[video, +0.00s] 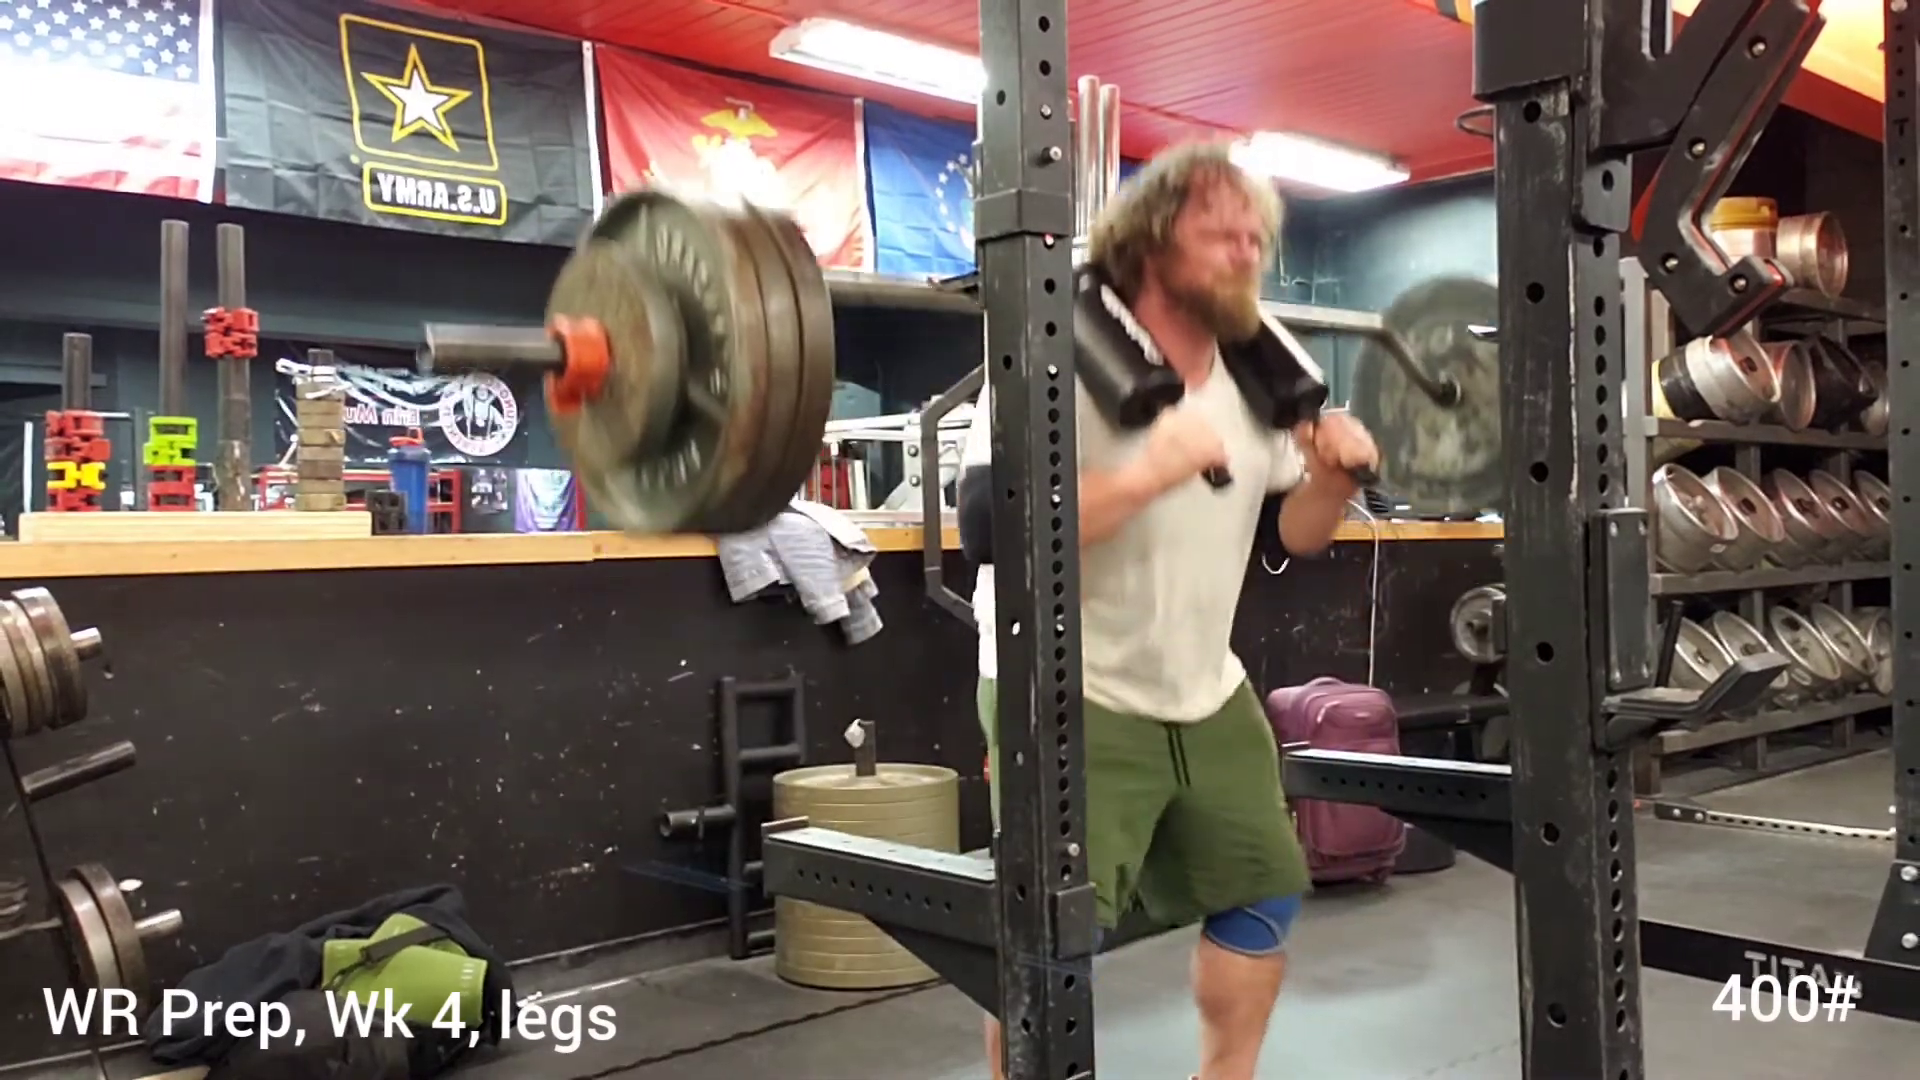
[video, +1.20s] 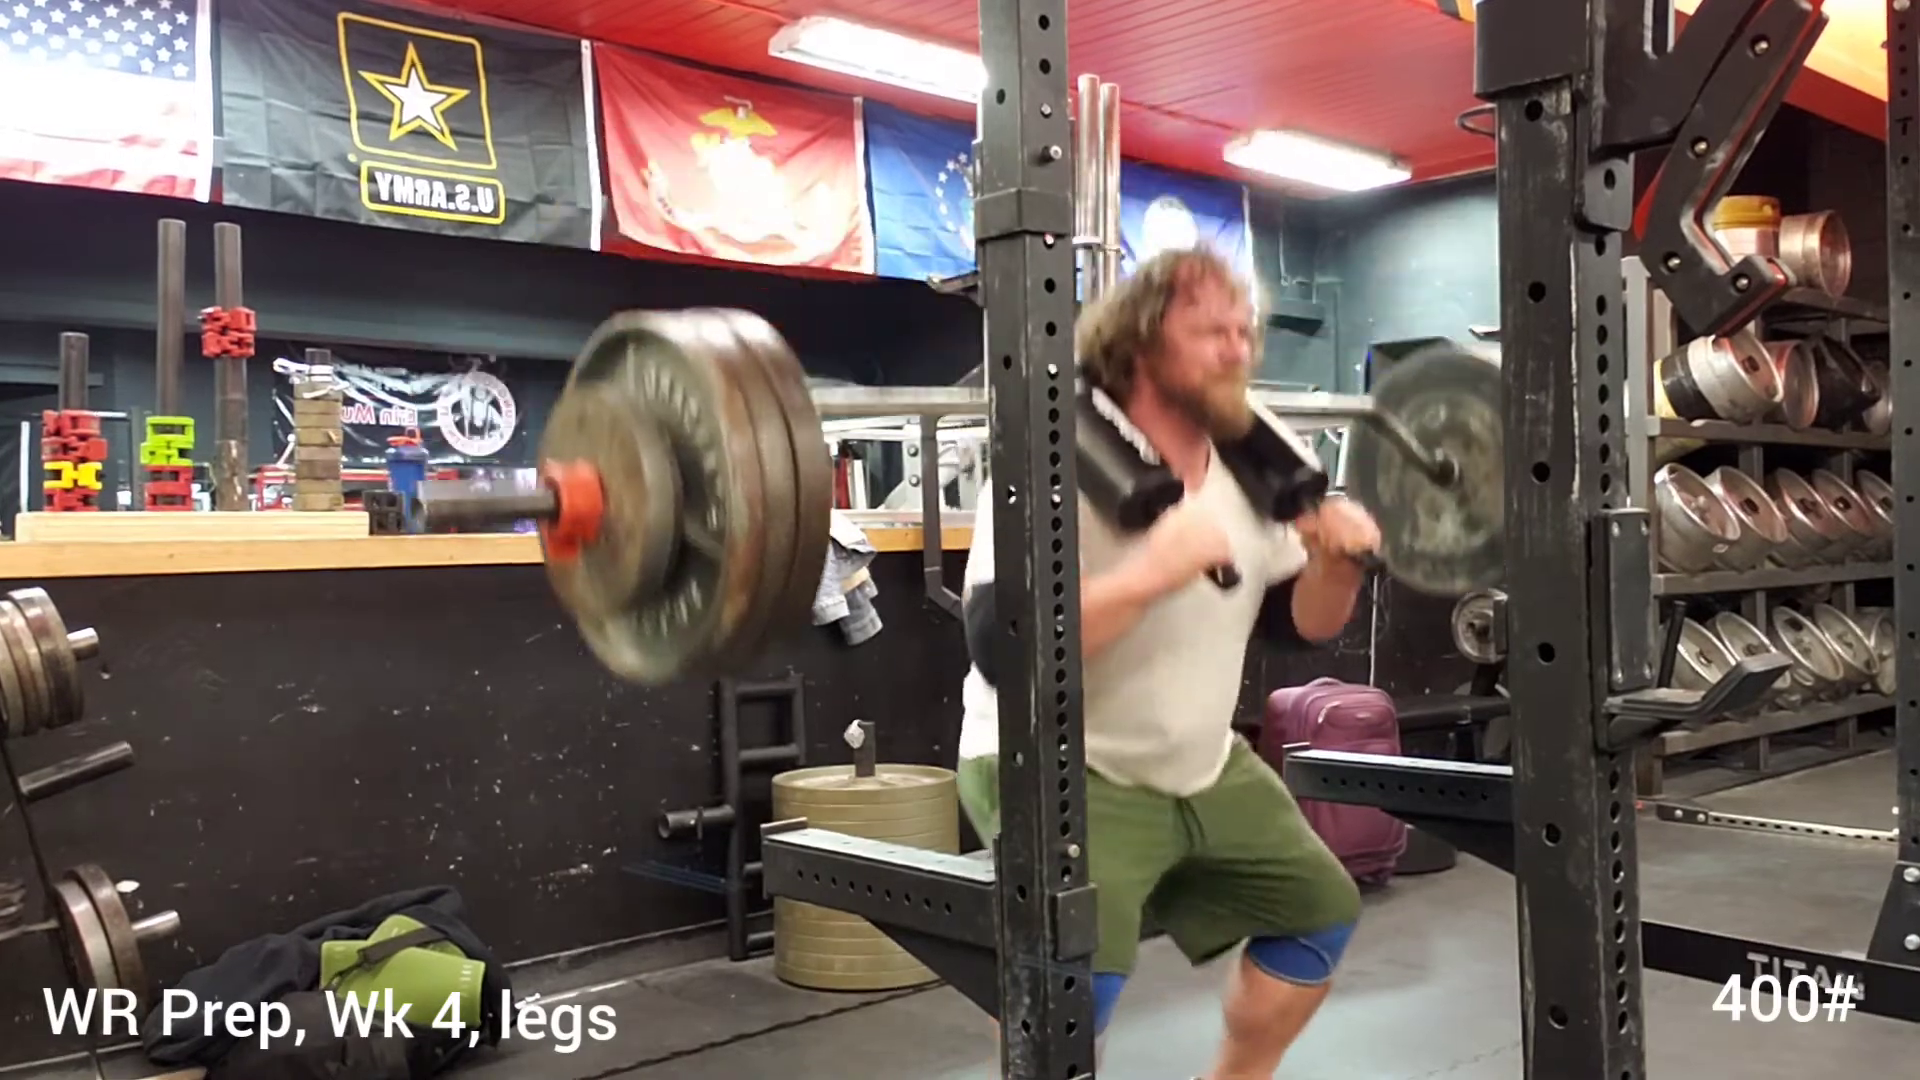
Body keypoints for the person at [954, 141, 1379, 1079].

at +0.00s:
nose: (1242, 247)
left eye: (1253, 231)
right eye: (1217, 226)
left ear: (1262, 249)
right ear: (1155, 234)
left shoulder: (1258, 358)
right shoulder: (1066, 346)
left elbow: (1300, 538)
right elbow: (1027, 526)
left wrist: (1334, 476)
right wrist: (1149, 472)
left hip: (1207, 686)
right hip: (1080, 690)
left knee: (1260, 892)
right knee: (1056, 927)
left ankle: (1227, 1072)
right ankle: (1019, 1069)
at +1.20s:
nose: (1235, 346)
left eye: (1243, 328)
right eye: (1210, 329)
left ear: (1253, 340)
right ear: (1144, 343)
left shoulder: (1252, 443)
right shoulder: (1055, 446)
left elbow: (1315, 622)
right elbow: (1009, 640)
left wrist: (1336, 557)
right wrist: (1149, 573)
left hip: (1205, 760)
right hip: (1070, 769)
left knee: (1317, 911)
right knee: (1086, 980)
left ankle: (1238, 1074)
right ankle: (1042, 1072)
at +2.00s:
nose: (1268, 622)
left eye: (1273, 599)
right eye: (1240, 601)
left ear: (1284, 597)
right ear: (1171, 611)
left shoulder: (1270, 700)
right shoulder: (1086, 714)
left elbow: (1336, 858)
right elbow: (1025, 890)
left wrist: (1367, 816)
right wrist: (1179, 849)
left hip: (1229, 949)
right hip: (1106, 960)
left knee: (1362, 932)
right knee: (1084, 1001)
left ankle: (1247, 1074)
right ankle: (1016, 1070)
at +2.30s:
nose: (1277, 550)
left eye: (1286, 529)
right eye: (1253, 529)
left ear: (1296, 527)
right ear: (1180, 535)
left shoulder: (1271, 626)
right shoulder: (1082, 632)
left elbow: (1336, 791)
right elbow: (1038, 815)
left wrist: (1362, 743)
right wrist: (1179, 774)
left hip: (1187, 853)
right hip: (1050, 866)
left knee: (1330, 911)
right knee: (1083, 962)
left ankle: (1240, 1075)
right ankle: (1019, 1071)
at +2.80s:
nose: (1254, 387)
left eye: (1259, 367)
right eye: (1229, 366)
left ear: (1267, 376)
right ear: (1160, 378)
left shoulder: (1257, 483)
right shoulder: (1065, 482)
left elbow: (1318, 655)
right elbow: (1010, 669)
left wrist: (1344, 595)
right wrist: (1156, 614)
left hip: (1192, 764)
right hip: (1052, 766)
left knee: (1310, 904)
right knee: (1061, 955)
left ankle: (1237, 1074)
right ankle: (1009, 1067)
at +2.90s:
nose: (1249, 354)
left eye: (1255, 336)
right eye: (1225, 334)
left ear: (1263, 348)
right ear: (1157, 345)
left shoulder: (1258, 457)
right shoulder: (1063, 448)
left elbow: (1315, 629)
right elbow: (1004, 630)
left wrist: (1340, 567)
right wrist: (1156, 579)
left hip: (1197, 752)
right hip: (1060, 754)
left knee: (1306, 905)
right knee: (1059, 956)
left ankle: (1235, 1075)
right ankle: (1007, 1069)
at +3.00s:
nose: (1241, 315)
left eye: (1247, 296)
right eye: (1215, 296)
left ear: (1257, 311)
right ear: (1150, 315)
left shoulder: (1255, 424)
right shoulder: (1065, 419)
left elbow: (1311, 598)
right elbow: (1008, 599)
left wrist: (1336, 532)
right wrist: (1155, 540)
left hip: (1199, 733)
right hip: (1065, 738)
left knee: (1298, 903)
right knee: (1051, 963)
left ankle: (1235, 1074)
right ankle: (1011, 1072)